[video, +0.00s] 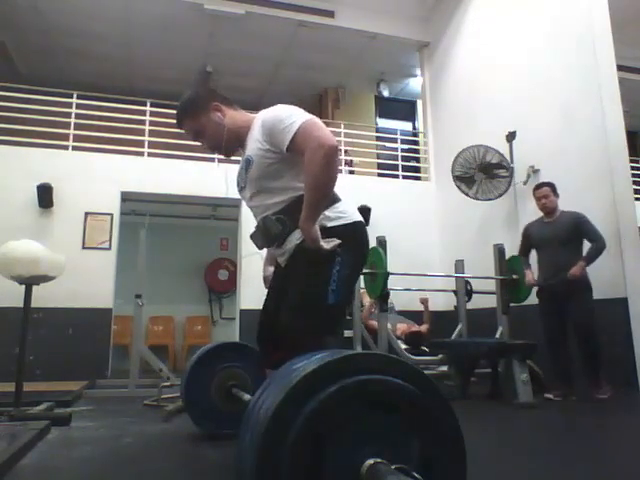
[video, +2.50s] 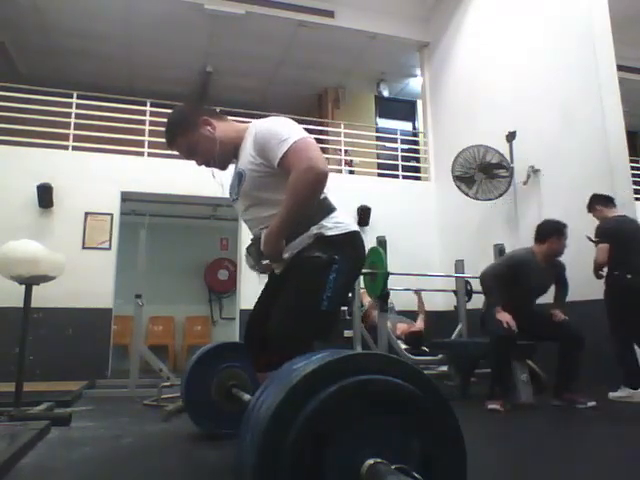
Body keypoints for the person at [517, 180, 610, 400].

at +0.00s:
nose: (544, 202)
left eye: (547, 197)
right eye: (539, 199)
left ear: (556, 197)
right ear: (536, 203)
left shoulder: (575, 219)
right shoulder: (531, 229)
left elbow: (599, 243)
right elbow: (523, 256)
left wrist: (583, 263)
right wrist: (527, 271)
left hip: (576, 288)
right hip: (548, 292)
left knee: (585, 335)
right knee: (554, 340)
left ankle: (597, 384)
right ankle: (561, 387)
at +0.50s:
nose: (555, 193)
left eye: (560, 188)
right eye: (550, 188)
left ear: (568, 189)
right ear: (544, 191)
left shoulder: (582, 216)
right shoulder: (530, 218)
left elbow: (603, 246)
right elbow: (513, 244)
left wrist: (585, 262)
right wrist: (527, 261)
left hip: (575, 287)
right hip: (544, 288)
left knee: (581, 337)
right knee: (549, 339)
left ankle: (584, 394)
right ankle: (557, 389)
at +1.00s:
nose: (560, 185)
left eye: (564, 180)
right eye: (556, 179)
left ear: (567, 183)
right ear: (543, 179)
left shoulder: (574, 212)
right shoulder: (522, 209)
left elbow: (592, 243)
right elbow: (498, 234)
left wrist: (577, 256)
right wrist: (520, 250)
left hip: (564, 280)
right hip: (533, 281)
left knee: (574, 335)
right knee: (526, 335)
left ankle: (583, 396)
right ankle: (517, 395)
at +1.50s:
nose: (546, 180)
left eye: (546, 175)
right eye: (543, 175)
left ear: (532, 176)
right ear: (527, 175)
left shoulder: (541, 206)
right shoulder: (504, 206)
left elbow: (544, 234)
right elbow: (482, 236)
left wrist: (549, 258)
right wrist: (503, 261)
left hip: (539, 279)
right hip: (513, 282)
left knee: (558, 334)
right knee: (515, 339)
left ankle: (567, 393)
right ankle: (511, 398)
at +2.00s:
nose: (569, 191)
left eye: (569, 187)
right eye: (566, 186)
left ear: (555, 188)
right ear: (550, 187)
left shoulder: (562, 220)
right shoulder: (525, 209)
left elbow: (565, 247)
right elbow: (496, 229)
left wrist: (563, 271)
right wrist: (512, 255)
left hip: (540, 282)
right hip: (515, 280)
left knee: (564, 328)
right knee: (514, 331)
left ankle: (562, 391)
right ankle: (503, 394)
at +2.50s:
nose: (564, 245)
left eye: (564, 240)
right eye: (561, 240)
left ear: (551, 242)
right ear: (548, 241)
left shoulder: (556, 267)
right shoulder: (519, 259)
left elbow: (562, 286)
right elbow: (486, 276)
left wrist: (558, 307)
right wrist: (497, 310)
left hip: (527, 314)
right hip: (500, 315)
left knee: (571, 334)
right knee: (503, 335)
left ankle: (564, 392)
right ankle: (497, 397)